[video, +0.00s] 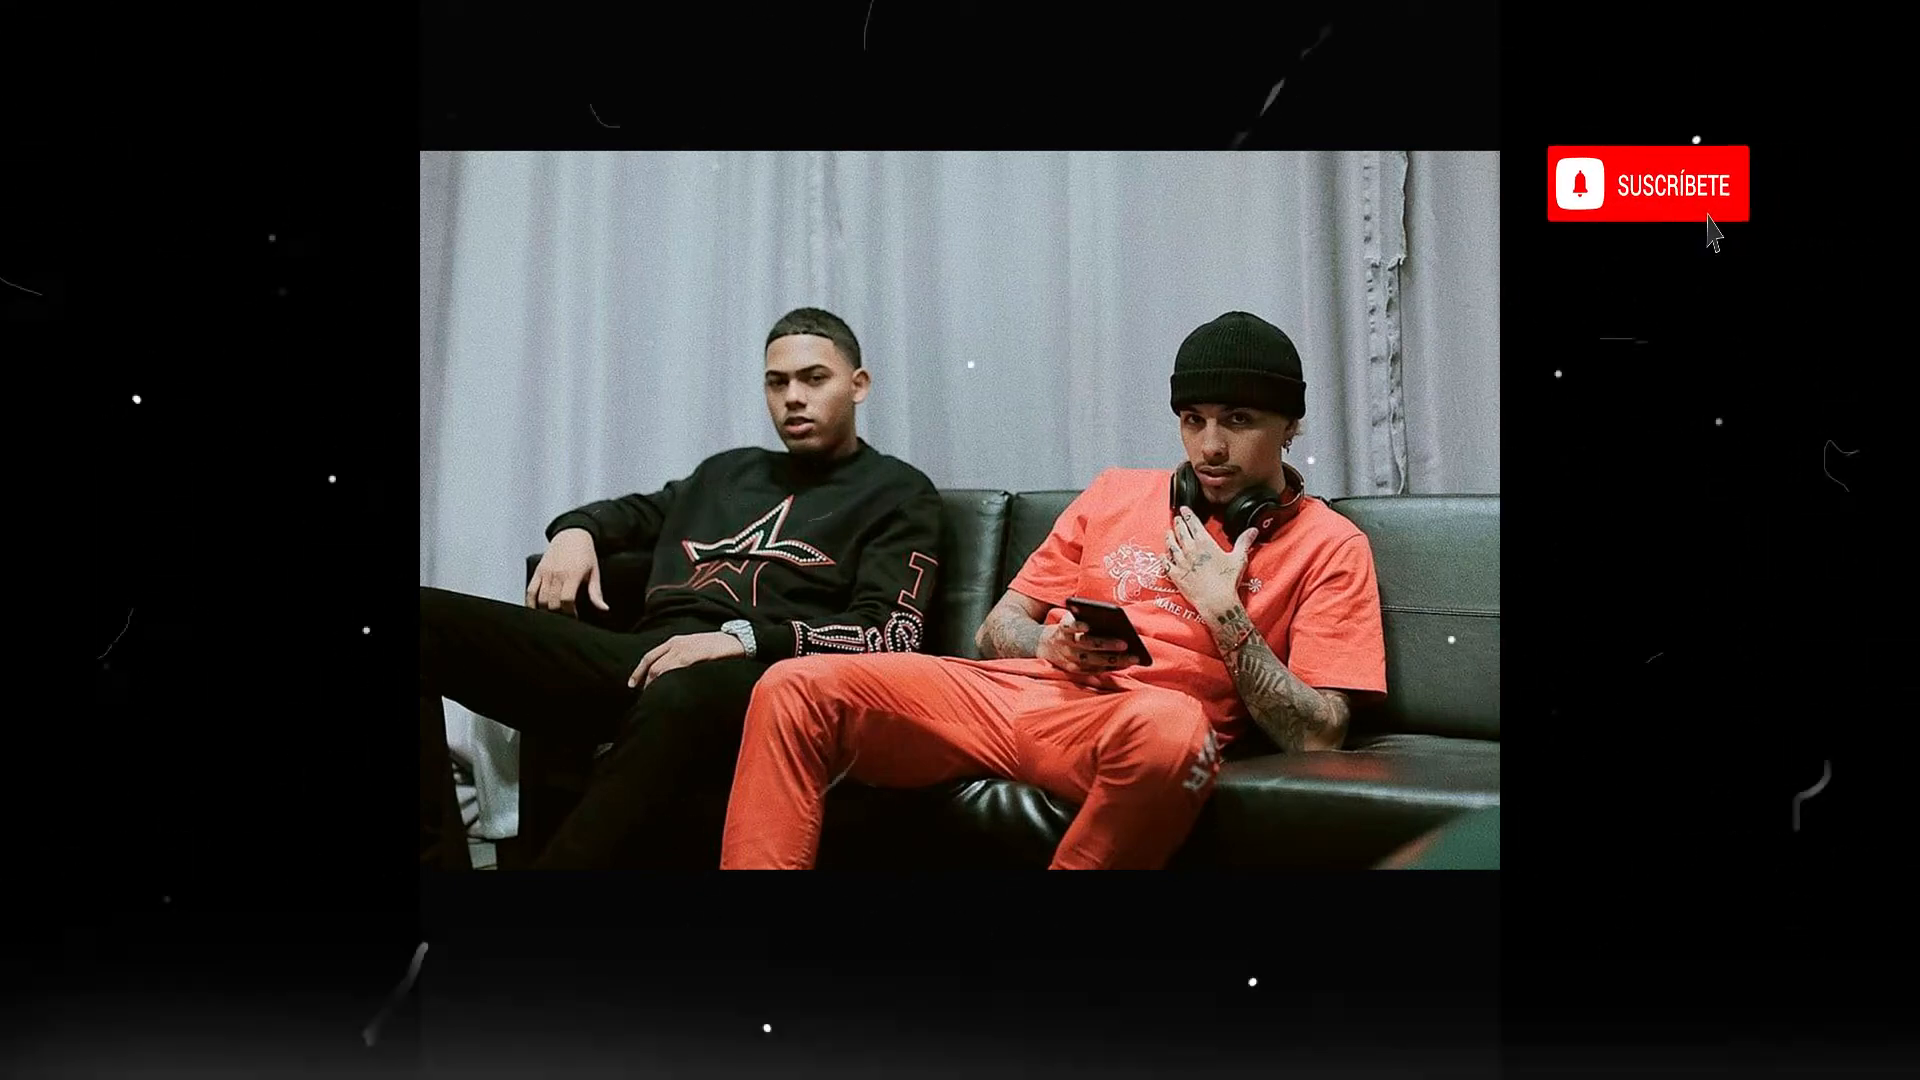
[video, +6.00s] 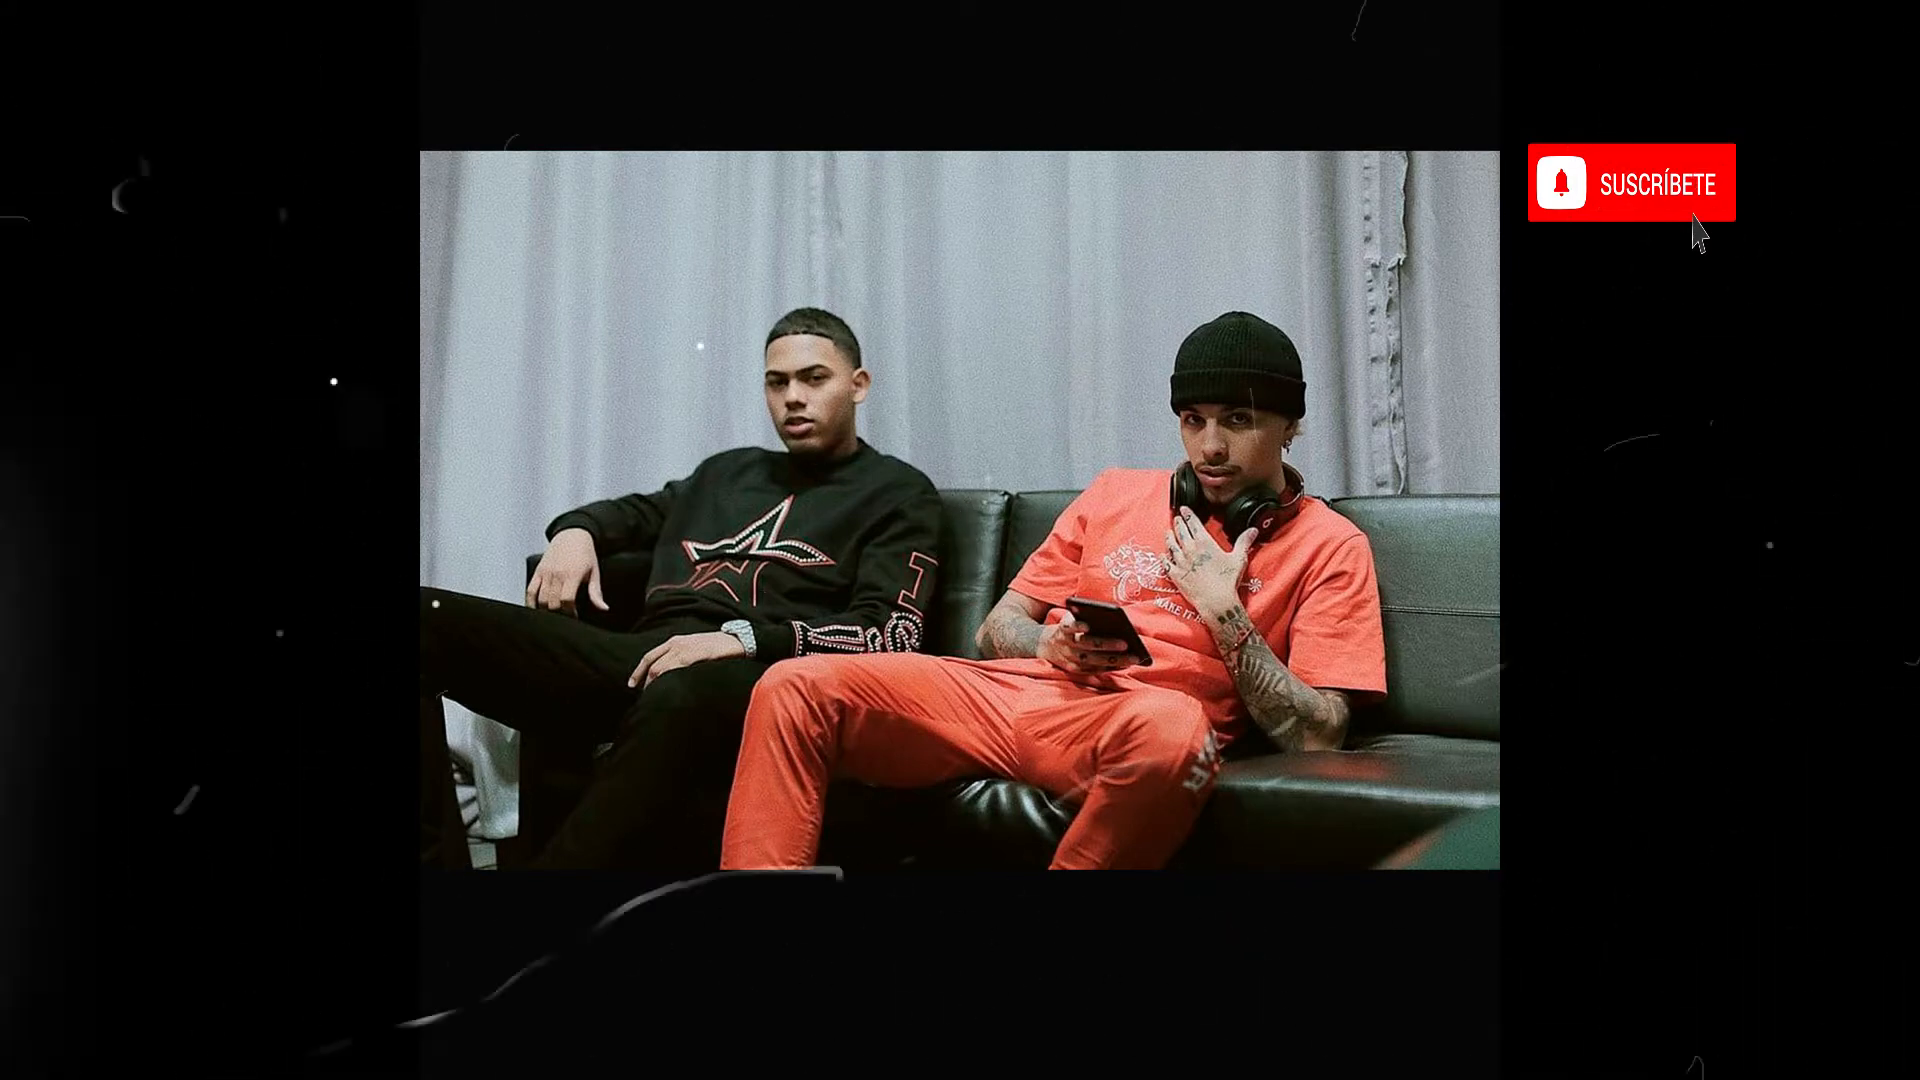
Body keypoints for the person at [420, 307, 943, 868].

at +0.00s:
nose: (793, 398)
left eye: (813, 379)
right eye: (778, 382)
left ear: (859, 385)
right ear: (765, 390)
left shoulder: (899, 494)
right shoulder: (728, 472)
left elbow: (892, 635)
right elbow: (640, 516)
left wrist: (743, 638)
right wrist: (575, 530)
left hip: (770, 681)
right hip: (638, 654)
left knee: (681, 701)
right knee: (420, 617)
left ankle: (556, 886)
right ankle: (441, 870)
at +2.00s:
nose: (793, 399)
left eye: (813, 379)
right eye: (779, 382)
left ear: (859, 385)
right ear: (765, 390)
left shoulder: (900, 494)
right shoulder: (728, 471)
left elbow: (893, 634)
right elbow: (641, 515)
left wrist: (742, 639)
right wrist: (574, 530)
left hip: (770, 680)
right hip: (638, 652)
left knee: (681, 699)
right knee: (426, 617)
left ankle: (562, 870)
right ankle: (441, 855)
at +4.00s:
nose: (793, 399)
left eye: (813, 378)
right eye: (779, 382)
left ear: (859, 385)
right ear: (765, 391)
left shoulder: (900, 494)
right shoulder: (728, 472)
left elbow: (892, 635)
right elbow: (640, 515)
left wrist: (744, 638)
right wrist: (575, 530)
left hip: (772, 681)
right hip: (638, 654)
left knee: (684, 699)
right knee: (426, 617)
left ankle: (560, 875)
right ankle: (440, 857)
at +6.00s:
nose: (792, 399)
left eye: (813, 379)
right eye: (778, 382)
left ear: (859, 385)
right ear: (765, 390)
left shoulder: (899, 493)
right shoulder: (728, 472)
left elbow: (892, 633)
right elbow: (641, 516)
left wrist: (743, 639)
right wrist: (575, 529)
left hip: (769, 681)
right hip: (638, 653)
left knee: (683, 701)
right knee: (428, 617)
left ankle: (550, 898)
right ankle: (442, 866)